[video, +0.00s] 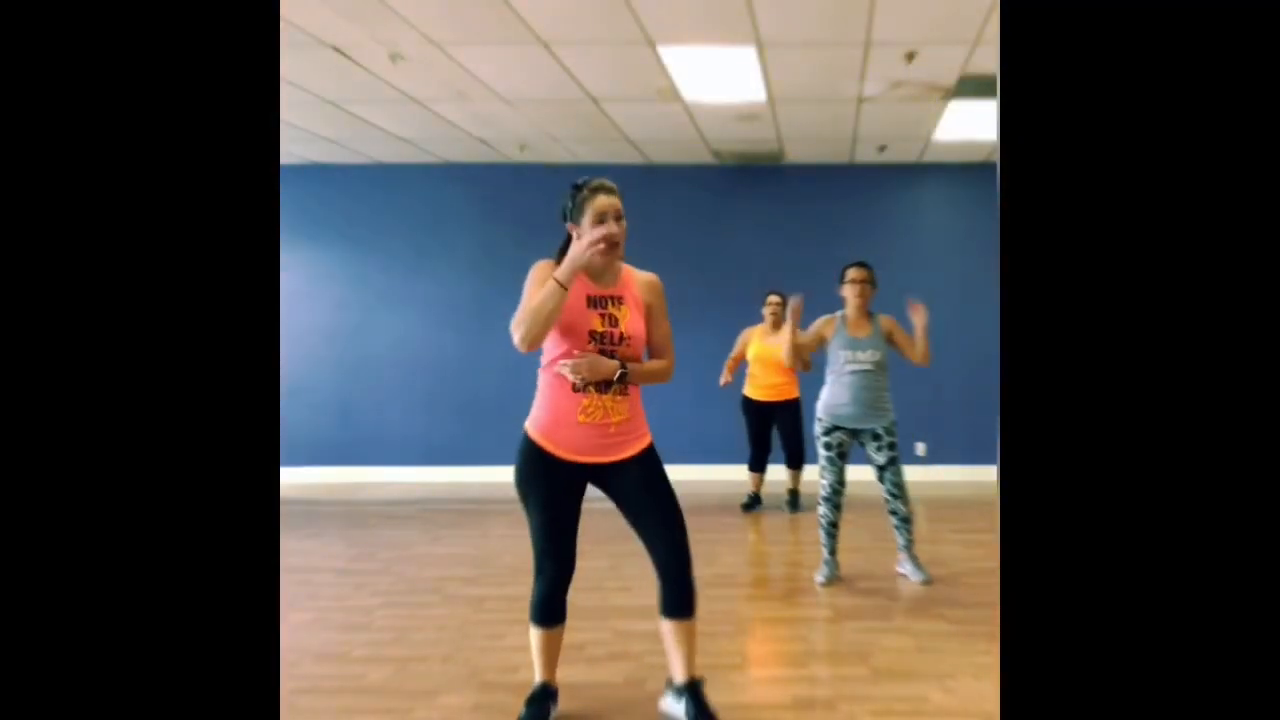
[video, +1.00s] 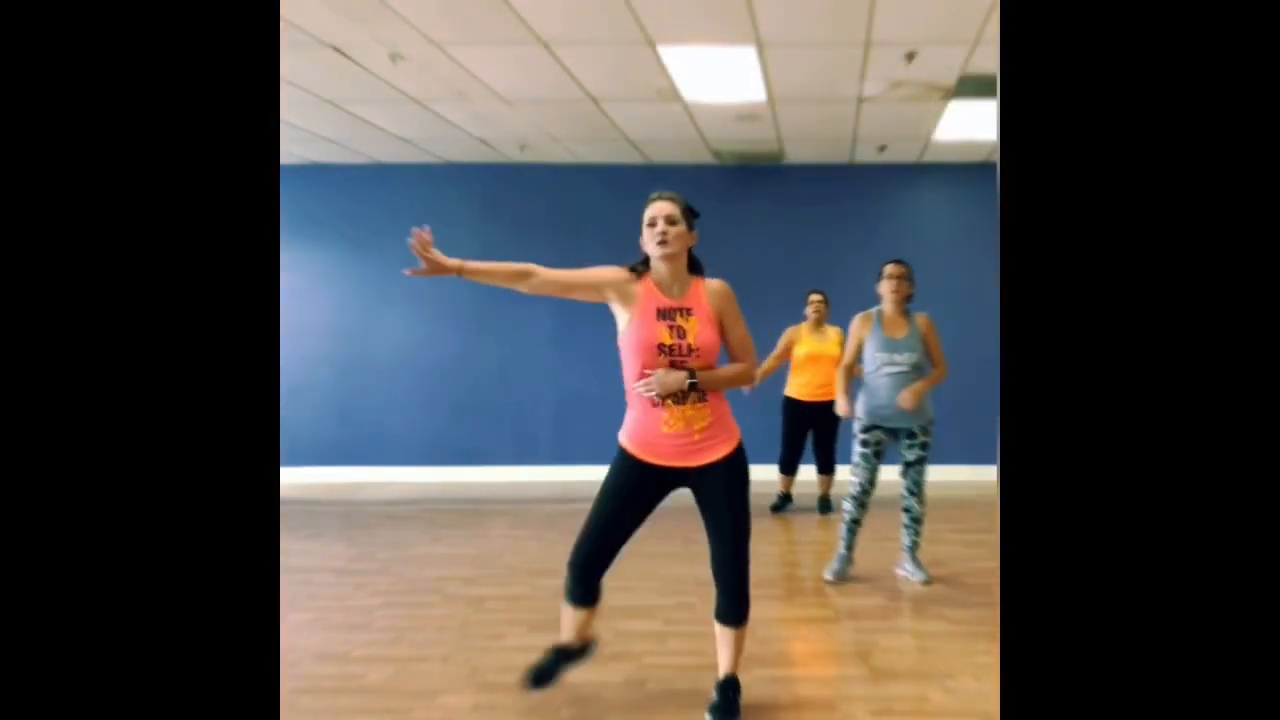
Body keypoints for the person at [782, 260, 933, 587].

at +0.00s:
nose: (858, 288)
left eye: (864, 283)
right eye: (852, 282)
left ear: (873, 289)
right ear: (842, 289)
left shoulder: (885, 324)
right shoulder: (828, 324)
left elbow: (920, 358)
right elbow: (796, 357)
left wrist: (920, 327)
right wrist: (793, 324)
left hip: (877, 420)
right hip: (834, 419)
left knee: (894, 488)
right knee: (831, 491)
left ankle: (906, 557)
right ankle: (828, 560)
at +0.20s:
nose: (877, 288)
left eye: (883, 282)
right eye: (870, 282)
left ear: (892, 289)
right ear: (860, 290)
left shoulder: (904, 325)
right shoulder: (846, 328)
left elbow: (921, 366)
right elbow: (837, 372)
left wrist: (932, 390)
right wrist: (826, 399)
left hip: (899, 421)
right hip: (855, 421)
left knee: (907, 491)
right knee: (844, 490)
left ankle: (908, 558)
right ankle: (831, 559)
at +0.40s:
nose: (894, 285)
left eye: (899, 279)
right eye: (888, 280)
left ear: (908, 286)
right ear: (876, 287)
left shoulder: (921, 324)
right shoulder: (862, 325)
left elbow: (937, 367)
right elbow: (849, 373)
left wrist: (935, 408)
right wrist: (862, 413)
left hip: (913, 420)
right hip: (872, 418)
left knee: (914, 493)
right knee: (857, 488)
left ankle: (909, 558)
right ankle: (848, 556)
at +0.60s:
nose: (900, 285)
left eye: (906, 280)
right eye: (894, 279)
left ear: (915, 288)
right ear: (884, 287)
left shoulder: (926, 325)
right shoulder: (868, 324)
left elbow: (945, 368)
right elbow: (852, 371)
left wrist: (940, 405)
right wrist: (864, 415)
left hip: (918, 421)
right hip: (878, 422)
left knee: (916, 493)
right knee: (879, 493)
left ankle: (911, 557)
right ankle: (881, 558)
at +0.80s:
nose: (901, 285)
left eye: (907, 279)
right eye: (895, 279)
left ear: (916, 287)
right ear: (884, 286)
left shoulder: (928, 324)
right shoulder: (870, 324)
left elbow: (945, 370)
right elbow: (857, 372)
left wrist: (931, 404)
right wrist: (861, 418)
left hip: (918, 423)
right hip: (877, 422)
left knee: (917, 494)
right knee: (870, 491)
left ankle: (911, 557)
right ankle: (873, 554)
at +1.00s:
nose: (895, 284)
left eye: (901, 278)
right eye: (889, 278)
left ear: (911, 287)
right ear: (878, 286)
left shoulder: (922, 325)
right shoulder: (863, 323)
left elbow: (940, 369)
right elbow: (846, 365)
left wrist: (919, 388)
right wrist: (842, 397)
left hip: (914, 420)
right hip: (871, 418)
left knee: (914, 492)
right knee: (860, 488)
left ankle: (910, 558)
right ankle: (843, 555)